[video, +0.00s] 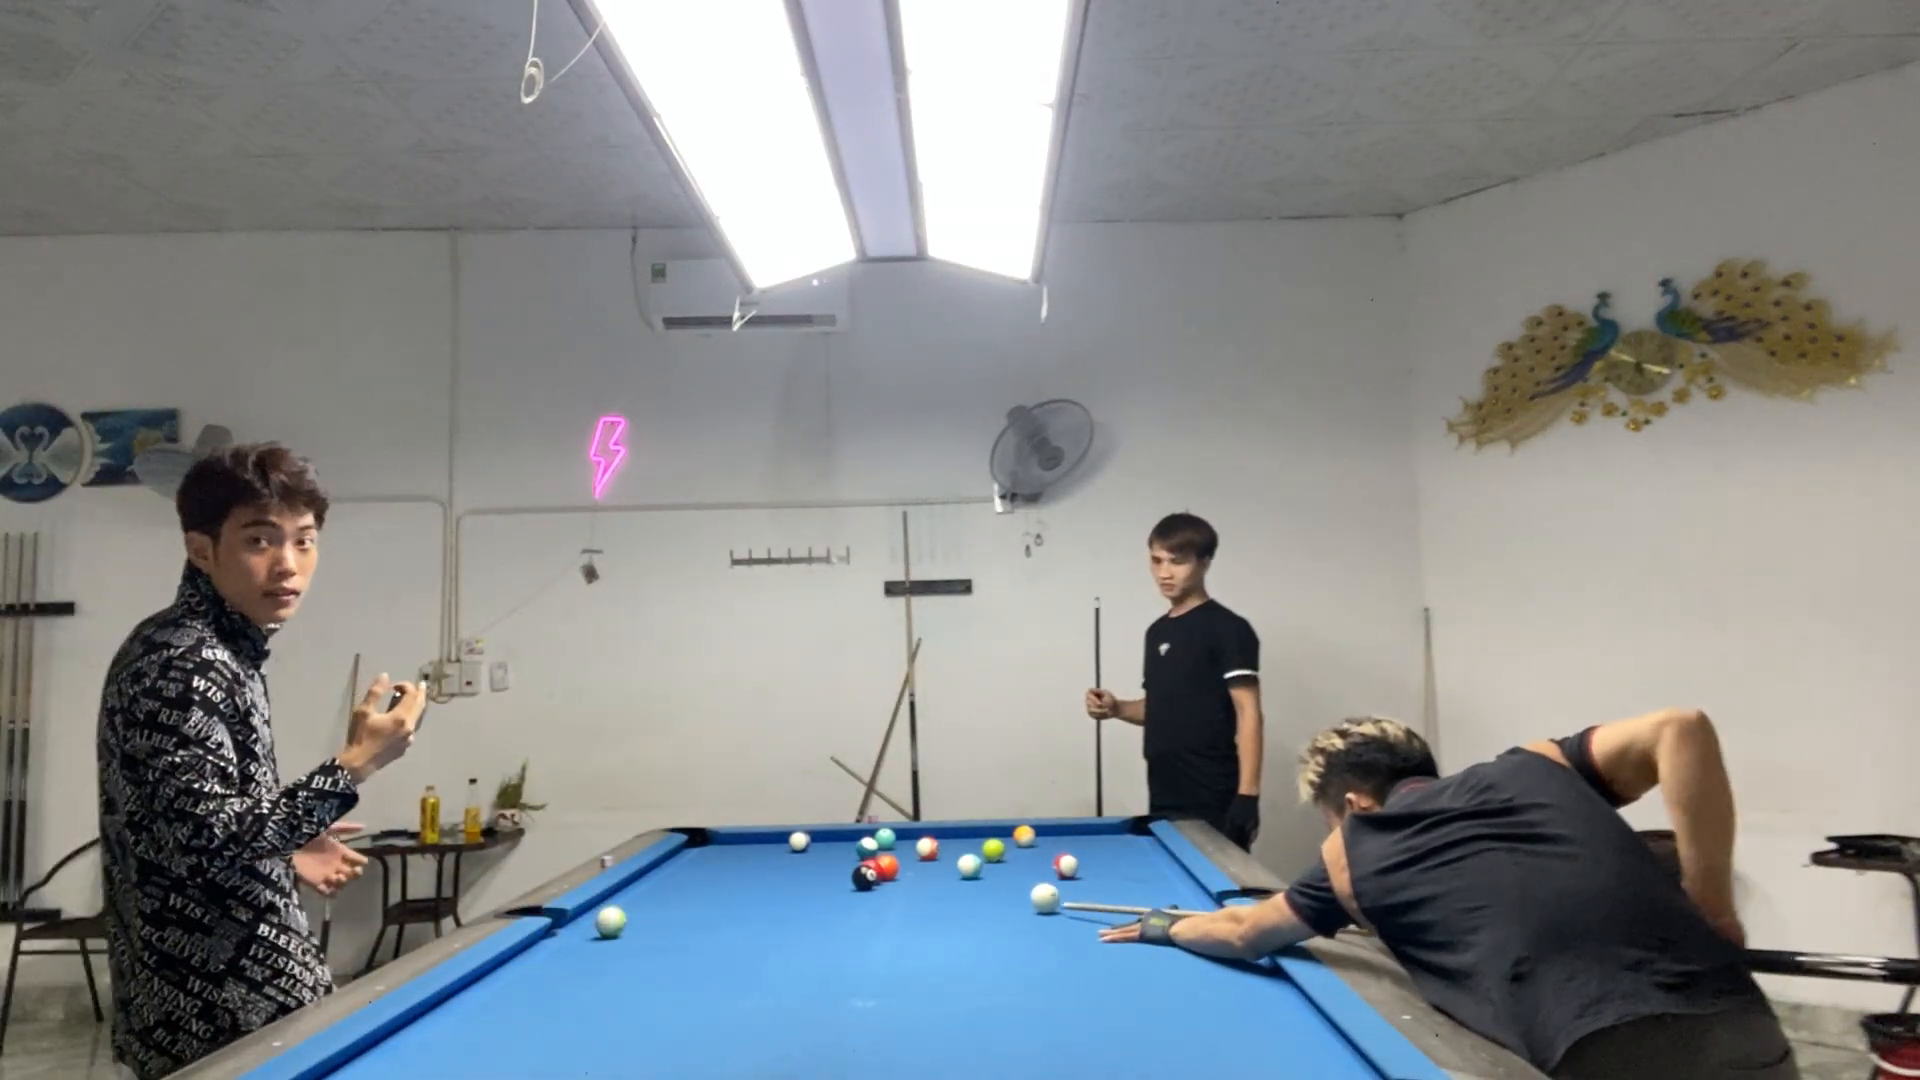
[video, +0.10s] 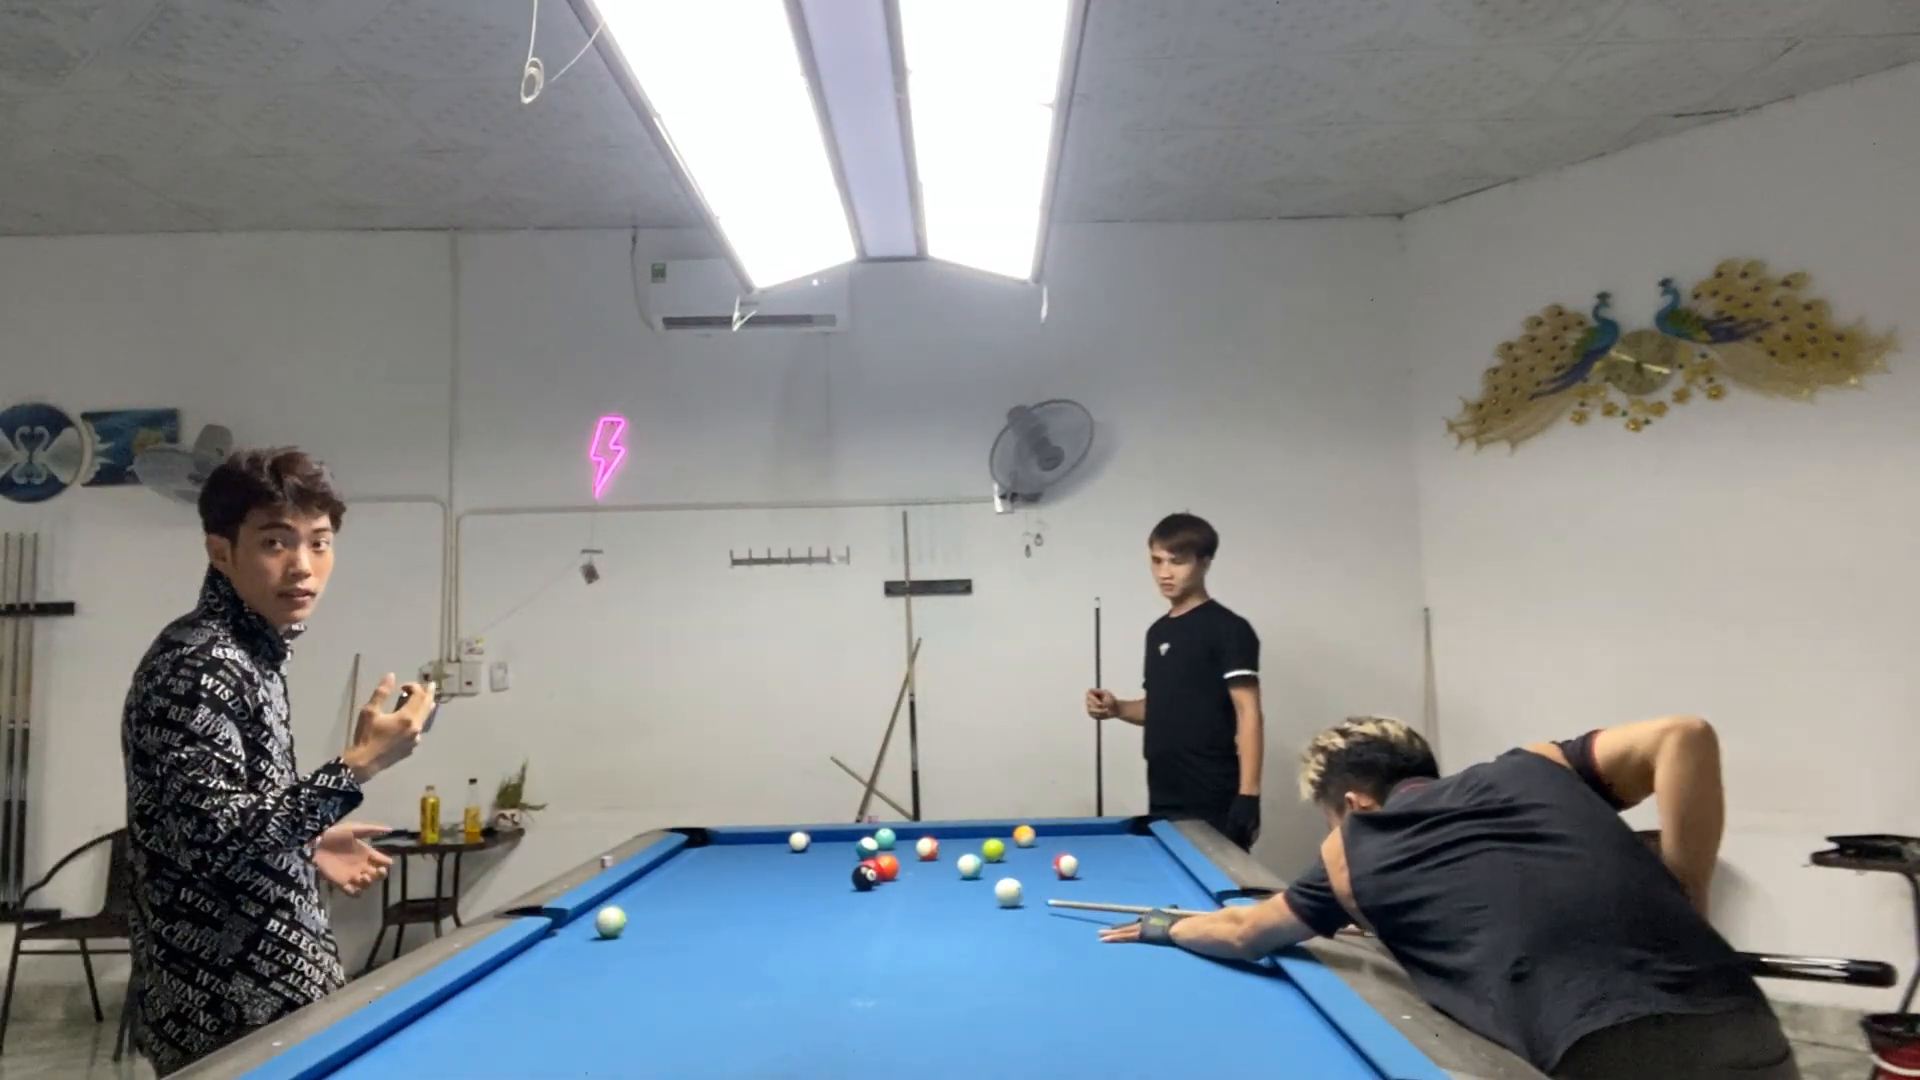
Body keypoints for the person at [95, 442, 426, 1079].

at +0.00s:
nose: (288, 565)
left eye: (303, 542)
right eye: (259, 540)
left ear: (317, 550)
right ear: (203, 550)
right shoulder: (177, 666)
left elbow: (203, 810)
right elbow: (217, 846)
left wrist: (288, 845)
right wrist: (355, 764)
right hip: (216, 1019)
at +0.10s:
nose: (303, 566)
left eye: (319, 543)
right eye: (275, 542)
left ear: (334, 551)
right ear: (222, 552)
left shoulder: (255, 659)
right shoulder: (195, 667)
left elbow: (232, 809)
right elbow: (210, 841)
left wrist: (310, 843)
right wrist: (359, 764)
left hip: (276, 988)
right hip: (226, 1011)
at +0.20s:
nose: (318, 566)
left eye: (333, 544)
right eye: (289, 544)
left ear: (349, 553)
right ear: (241, 554)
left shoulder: (274, 662)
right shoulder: (210, 666)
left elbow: (254, 803)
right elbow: (219, 830)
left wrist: (329, 843)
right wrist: (366, 762)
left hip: (289, 973)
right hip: (236, 995)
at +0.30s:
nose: (329, 565)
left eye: (345, 544)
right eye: (302, 543)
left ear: (361, 554)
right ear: (255, 551)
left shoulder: (291, 661)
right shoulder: (220, 664)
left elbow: (268, 809)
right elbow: (231, 822)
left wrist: (343, 847)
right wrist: (372, 755)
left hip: (304, 968)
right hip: (248, 988)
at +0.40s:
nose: (340, 562)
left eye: (356, 541)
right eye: (315, 541)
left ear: (371, 552)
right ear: (269, 550)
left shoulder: (305, 659)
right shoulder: (231, 659)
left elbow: (283, 806)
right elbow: (240, 817)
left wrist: (356, 844)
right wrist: (373, 748)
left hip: (314, 960)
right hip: (257, 979)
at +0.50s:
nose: (350, 561)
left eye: (366, 541)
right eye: (326, 540)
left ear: (381, 552)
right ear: (281, 549)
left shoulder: (314, 658)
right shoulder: (241, 654)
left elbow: (293, 807)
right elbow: (243, 810)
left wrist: (366, 844)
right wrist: (374, 743)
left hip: (321, 951)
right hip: (259, 967)